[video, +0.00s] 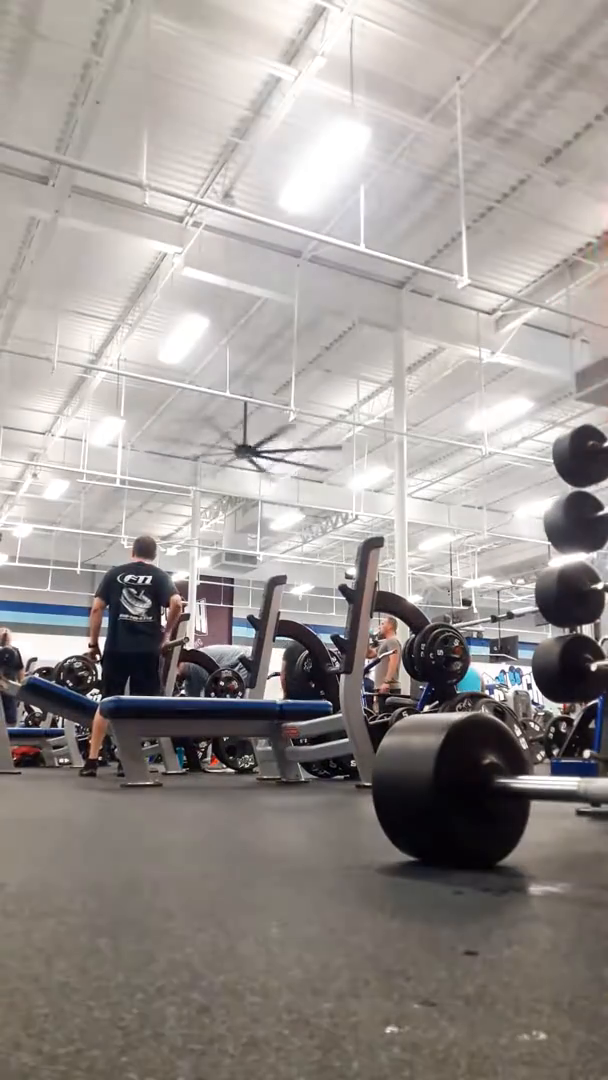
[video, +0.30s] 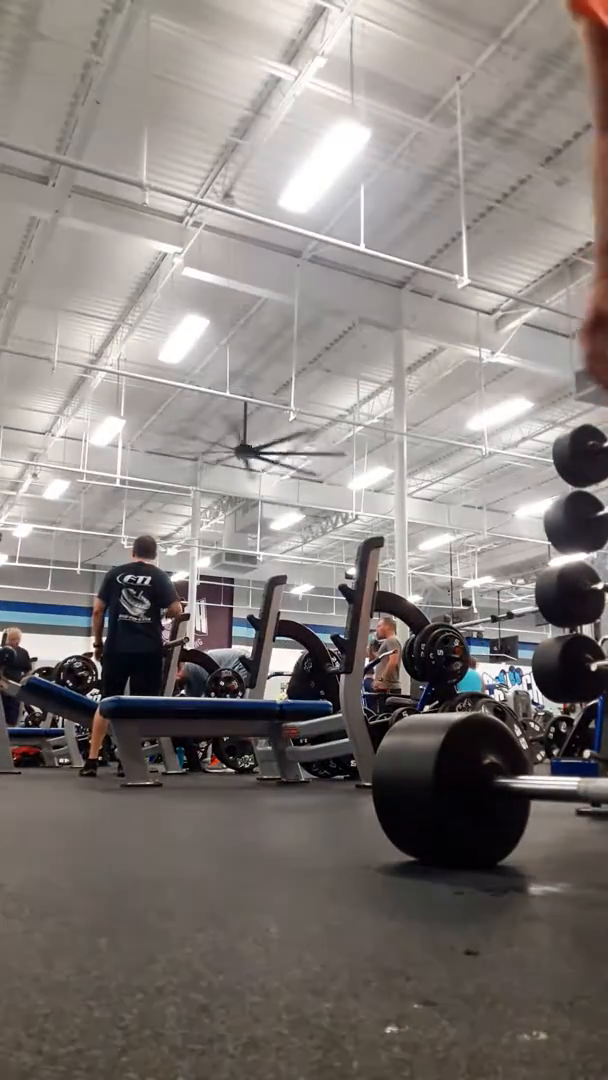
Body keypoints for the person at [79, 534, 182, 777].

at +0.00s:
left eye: (132, 551)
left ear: (132, 552)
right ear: (154, 556)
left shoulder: (115, 573)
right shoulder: (160, 576)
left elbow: (97, 608)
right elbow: (176, 603)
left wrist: (93, 642)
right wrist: (167, 633)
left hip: (116, 650)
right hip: (147, 653)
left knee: (107, 704)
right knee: (145, 707)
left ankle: (92, 759)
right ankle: (135, 763)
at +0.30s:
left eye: (133, 550)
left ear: (133, 552)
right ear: (155, 555)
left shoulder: (115, 573)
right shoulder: (160, 576)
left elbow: (98, 610)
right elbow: (176, 610)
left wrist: (98, 642)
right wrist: (165, 613)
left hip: (116, 650)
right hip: (148, 652)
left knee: (107, 703)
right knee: (144, 706)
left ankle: (92, 759)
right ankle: (133, 764)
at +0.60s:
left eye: (138, 550)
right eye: (155, 556)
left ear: (135, 552)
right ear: (157, 556)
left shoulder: (116, 572)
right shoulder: (161, 577)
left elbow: (98, 610)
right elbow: (180, 602)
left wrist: (95, 640)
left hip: (117, 650)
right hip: (149, 652)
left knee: (107, 703)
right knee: (144, 706)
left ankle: (92, 759)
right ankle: (132, 763)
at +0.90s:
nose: (158, 560)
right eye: (159, 557)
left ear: (137, 552)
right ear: (159, 557)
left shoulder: (116, 572)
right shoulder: (162, 577)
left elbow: (98, 608)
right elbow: (188, 582)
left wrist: (92, 640)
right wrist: (167, 562)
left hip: (119, 649)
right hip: (150, 651)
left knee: (107, 703)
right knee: (146, 706)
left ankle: (92, 760)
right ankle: (133, 763)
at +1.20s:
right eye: (158, 554)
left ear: (136, 552)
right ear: (158, 556)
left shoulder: (116, 573)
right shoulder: (163, 576)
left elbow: (98, 609)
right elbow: (193, 581)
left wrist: (94, 642)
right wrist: (171, 559)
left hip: (118, 651)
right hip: (151, 652)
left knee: (108, 703)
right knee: (148, 706)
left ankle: (93, 759)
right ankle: (136, 764)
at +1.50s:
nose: (158, 557)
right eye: (159, 555)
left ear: (135, 553)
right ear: (157, 556)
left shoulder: (115, 574)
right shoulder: (162, 577)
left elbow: (98, 610)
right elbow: (194, 588)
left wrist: (98, 644)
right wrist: (176, 565)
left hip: (119, 649)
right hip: (151, 650)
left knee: (109, 702)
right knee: (149, 705)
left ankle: (94, 758)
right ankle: (139, 764)